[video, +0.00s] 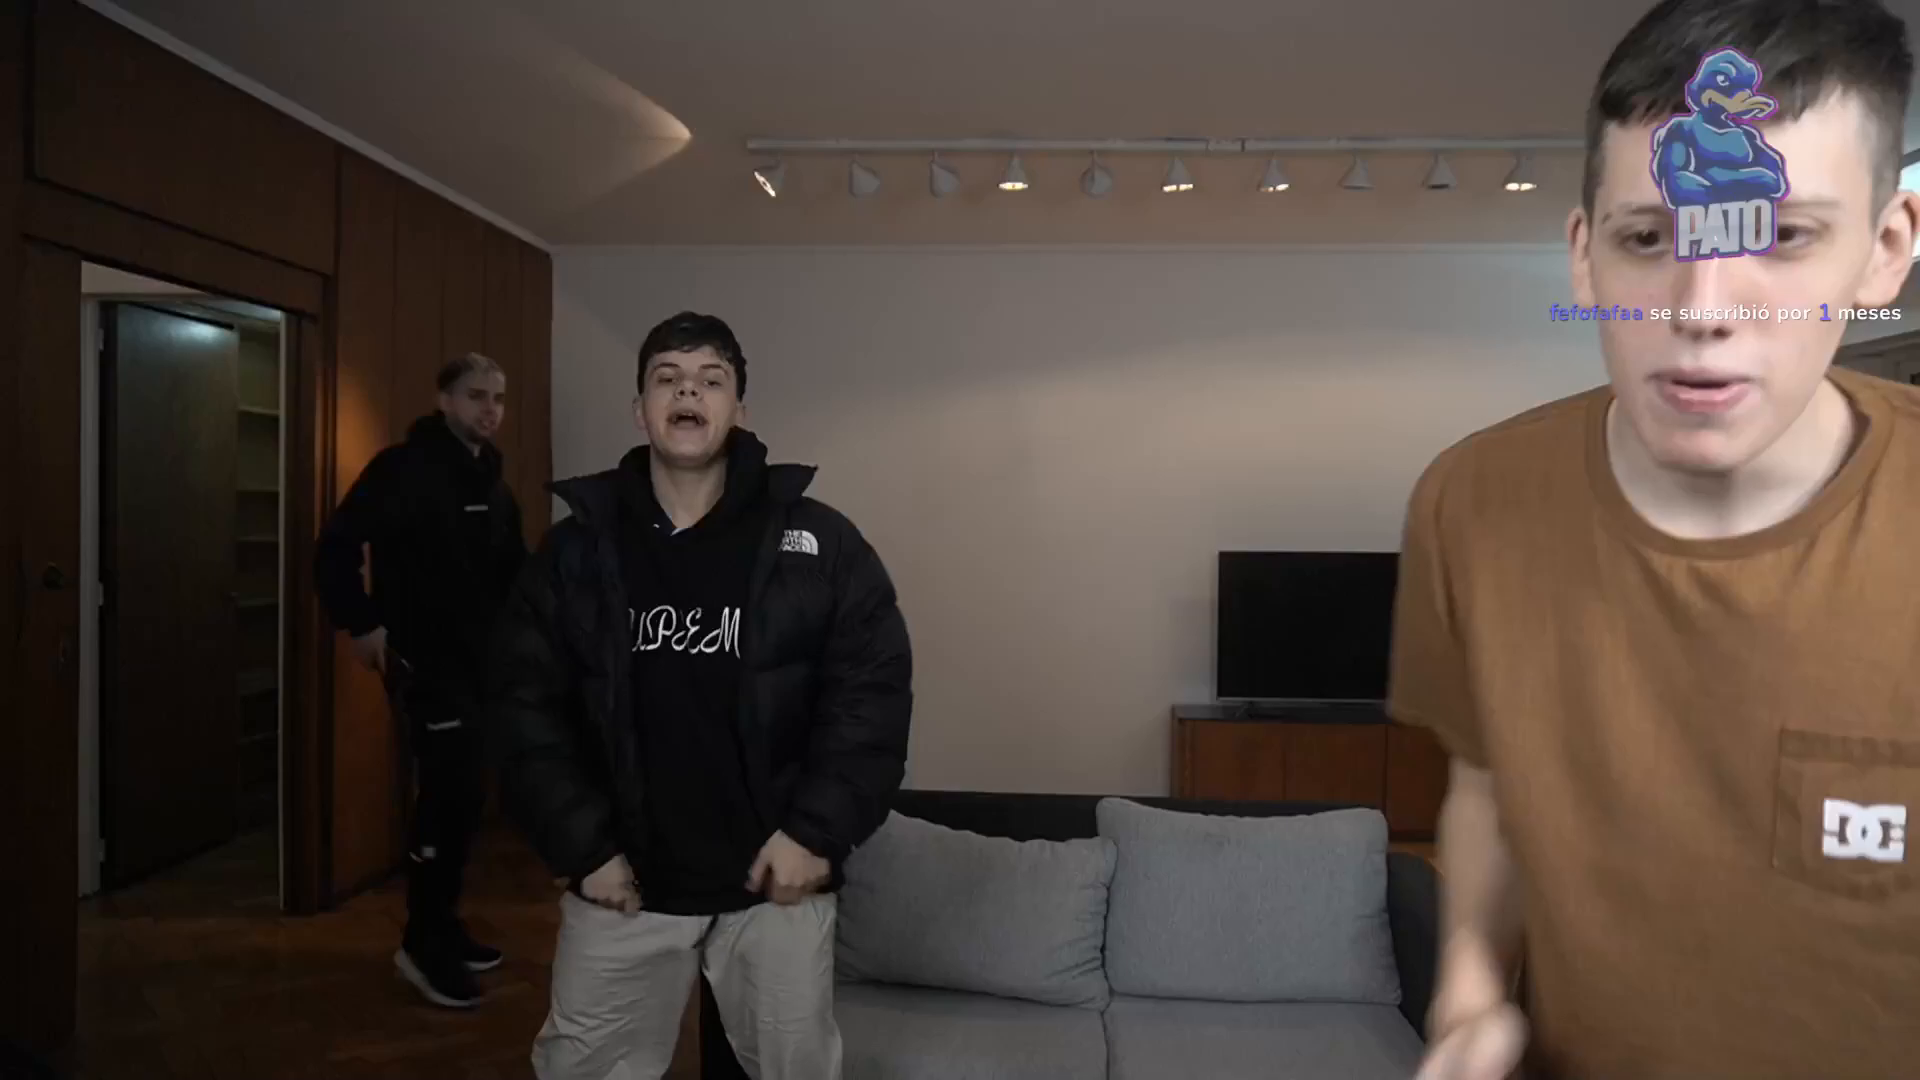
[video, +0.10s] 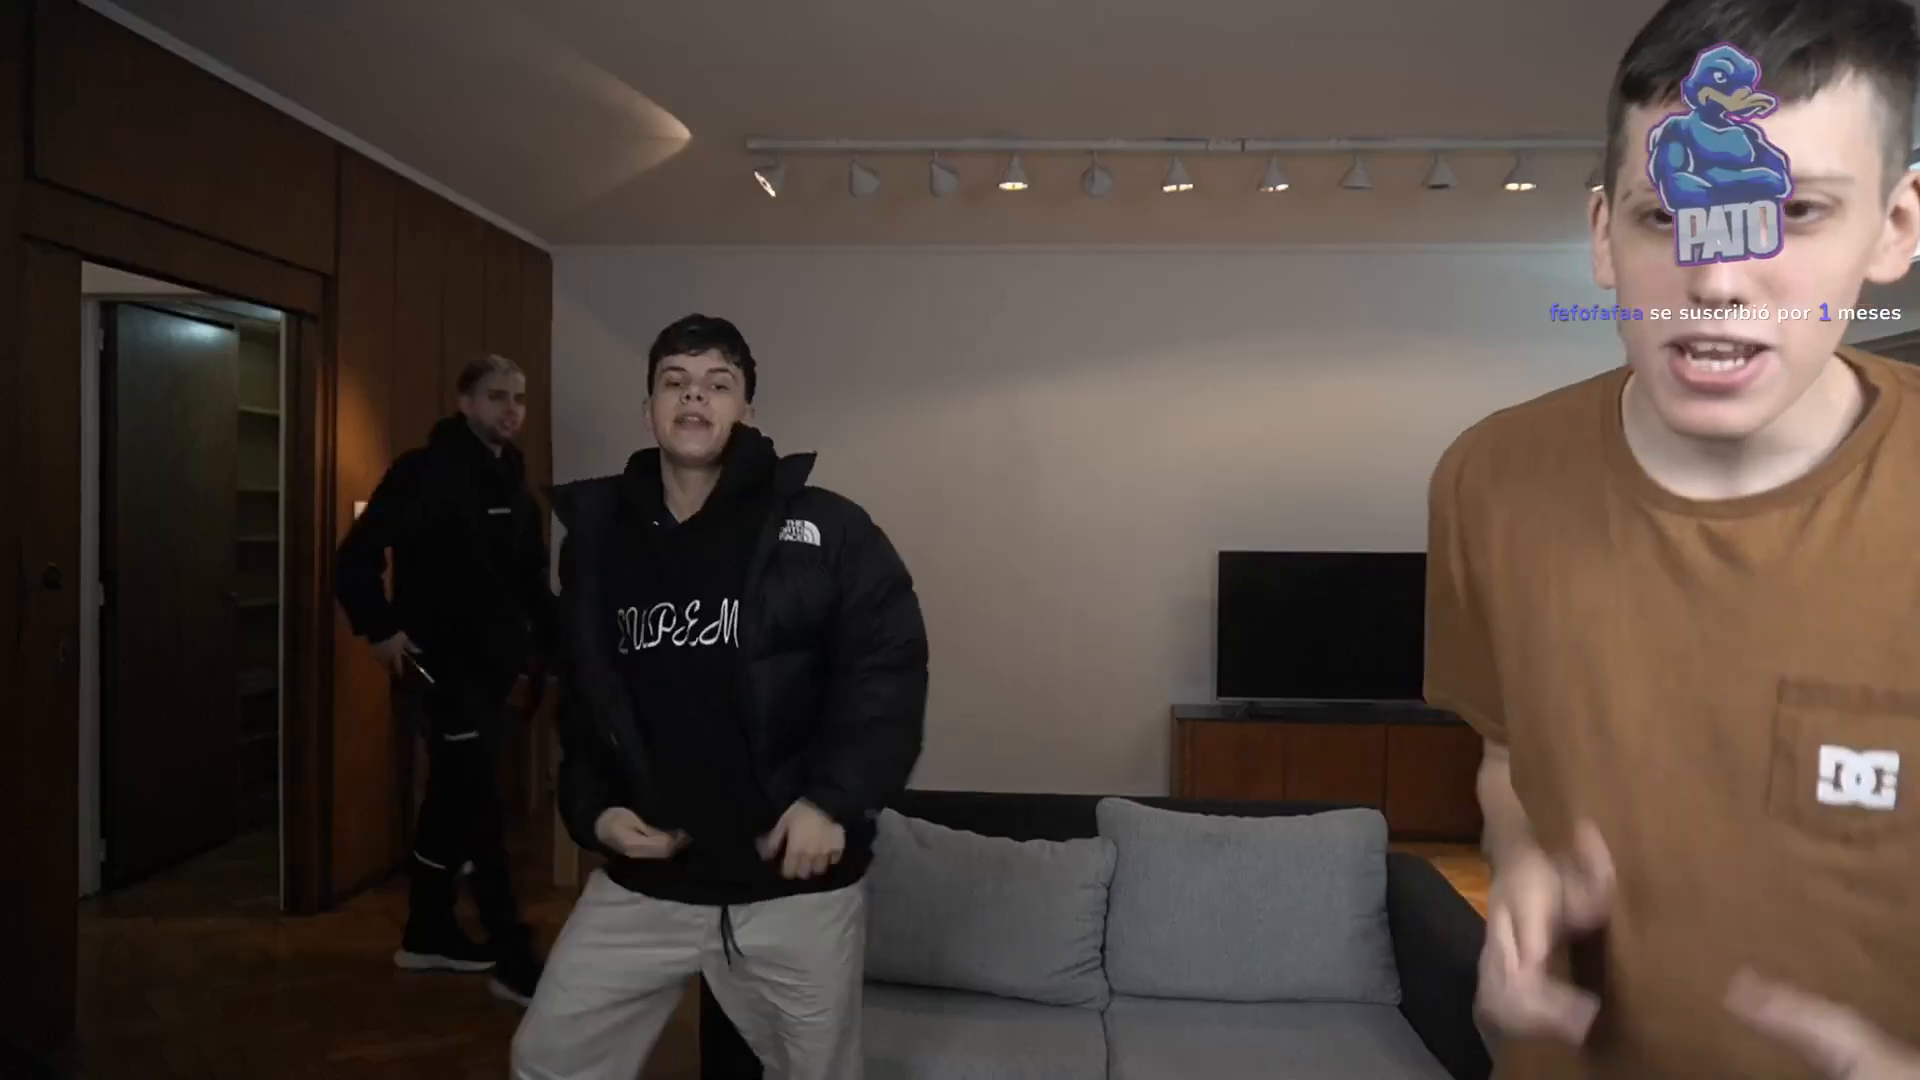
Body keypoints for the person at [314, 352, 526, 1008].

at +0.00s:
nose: (492, 409)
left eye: (499, 400)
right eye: (479, 397)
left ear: (501, 408)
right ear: (445, 399)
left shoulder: (490, 475)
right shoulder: (403, 465)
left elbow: (511, 561)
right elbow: (336, 546)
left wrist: (521, 628)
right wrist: (361, 624)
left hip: (480, 652)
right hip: (421, 655)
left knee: (462, 798)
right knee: (443, 798)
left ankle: (444, 928)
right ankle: (425, 946)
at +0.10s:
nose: (513, 410)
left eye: (519, 400)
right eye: (500, 398)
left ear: (523, 408)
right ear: (464, 401)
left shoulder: (512, 479)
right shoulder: (423, 470)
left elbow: (533, 576)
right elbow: (354, 560)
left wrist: (545, 645)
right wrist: (380, 629)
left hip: (498, 656)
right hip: (439, 658)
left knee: (453, 800)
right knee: (483, 806)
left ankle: (428, 932)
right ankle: (514, 959)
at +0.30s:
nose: (552, 412)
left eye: (559, 402)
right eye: (539, 400)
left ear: (563, 409)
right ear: (504, 404)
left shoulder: (551, 477)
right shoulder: (468, 475)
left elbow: (573, 571)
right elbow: (404, 575)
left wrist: (586, 646)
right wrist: (419, 651)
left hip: (542, 664)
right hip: (486, 667)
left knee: (505, 801)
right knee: (527, 810)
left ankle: (440, 920)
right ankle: (546, 960)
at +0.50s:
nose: (586, 410)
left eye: (594, 398)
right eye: (572, 398)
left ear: (602, 403)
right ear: (541, 401)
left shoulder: (610, 480)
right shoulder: (504, 476)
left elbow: (632, 569)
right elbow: (450, 559)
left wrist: (634, 642)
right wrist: (460, 658)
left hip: (590, 659)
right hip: (525, 664)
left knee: (577, 791)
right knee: (540, 798)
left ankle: (524, 892)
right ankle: (544, 960)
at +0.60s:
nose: (606, 410)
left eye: (613, 398)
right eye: (591, 397)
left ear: (622, 406)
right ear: (558, 400)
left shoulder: (630, 487)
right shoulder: (522, 478)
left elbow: (660, 577)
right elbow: (478, 577)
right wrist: (477, 668)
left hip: (616, 678)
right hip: (538, 675)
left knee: (611, 814)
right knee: (542, 821)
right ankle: (541, 964)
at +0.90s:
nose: (668, 407)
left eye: (672, 395)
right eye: (657, 391)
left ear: (679, 407)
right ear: (638, 403)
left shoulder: (716, 481)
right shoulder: (596, 482)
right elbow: (539, 610)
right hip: (596, 705)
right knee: (575, 838)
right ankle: (550, 968)